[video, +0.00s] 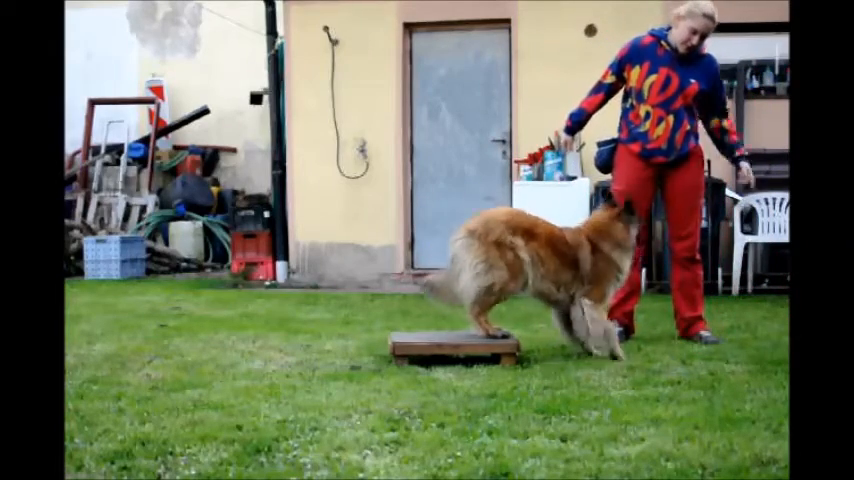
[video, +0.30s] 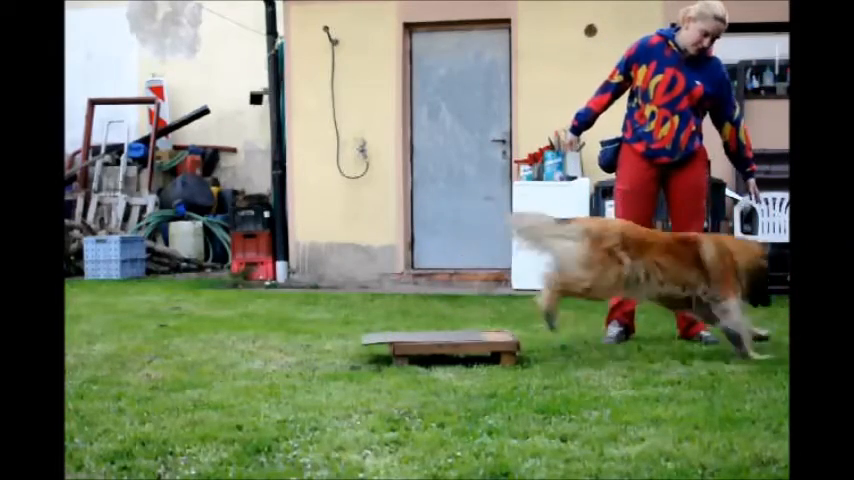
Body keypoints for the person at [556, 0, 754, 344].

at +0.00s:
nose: (695, 40)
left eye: (702, 36)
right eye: (693, 31)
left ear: (707, 36)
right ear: (676, 19)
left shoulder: (705, 65)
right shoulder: (639, 49)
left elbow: (717, 117)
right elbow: (604, 88)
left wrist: (739, 157)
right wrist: (571, 126)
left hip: (684, 159)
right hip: (635, 156)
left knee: (686, 246)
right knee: (625, 240)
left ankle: (692, 325)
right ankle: (620, 321)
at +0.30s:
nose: (707, 43)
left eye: (714, 39)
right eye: (704, 34)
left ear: (717, 38)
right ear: (686, 21)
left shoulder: (713, 71)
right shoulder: (647, 49)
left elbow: (730, 124)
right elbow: (611, 87)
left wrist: (748, 172)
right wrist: (577, 126)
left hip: (687, 160)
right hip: (638, 155)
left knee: (691, 242)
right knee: (629, 238)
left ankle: (691, 326)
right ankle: (620, 321)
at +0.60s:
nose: (710, 42)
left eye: (716, 36)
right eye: (706, 33)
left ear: (718, 35)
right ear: (686, 22)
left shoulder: (713, 72)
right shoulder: (648, 50)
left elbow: (723, 125)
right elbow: (612, 89)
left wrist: (735, 173)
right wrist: (577, 128)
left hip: (690, 159)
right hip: (640, 155)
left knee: (690, 243)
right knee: (633, 240)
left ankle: (692, 325)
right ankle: (620, 321)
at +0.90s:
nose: (702, 82)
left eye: (705, 76)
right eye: (698, 74)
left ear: (706, 72)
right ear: (676, 66)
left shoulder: (700, 100)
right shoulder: (639, 86)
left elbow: (702, 147)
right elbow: (603, 126)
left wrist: (713, 191)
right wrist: (572, 171)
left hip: (669, 168)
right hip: (622, 165)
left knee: (686, 243)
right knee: (617, 242)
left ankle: (692, 325)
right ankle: (602, 321)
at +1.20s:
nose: (703, 134)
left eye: (707, 129)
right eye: (700, 128)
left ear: (710, 121)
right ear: (682, 116)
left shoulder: (697, 138)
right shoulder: (646, 111)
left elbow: (693, 178)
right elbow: (602, 141)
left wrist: (699, 221)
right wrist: (572, 184)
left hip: (658, 177)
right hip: (613, 171)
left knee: (675, 244)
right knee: (606, 243)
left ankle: (687, 323)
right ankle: (600, 321)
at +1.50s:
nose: (727, 147)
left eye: (732, 142)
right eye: (724, 139)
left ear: (738, 135)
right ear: (707, 124)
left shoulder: (721, 148)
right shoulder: (668, 122)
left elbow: (716, 189)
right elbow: (621, 152)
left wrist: (724, 233)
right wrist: (593, 188)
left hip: (678, 179)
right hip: (633, 172)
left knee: (690, 245)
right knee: (620, 243)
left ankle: (687, 323)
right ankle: (602, 320)